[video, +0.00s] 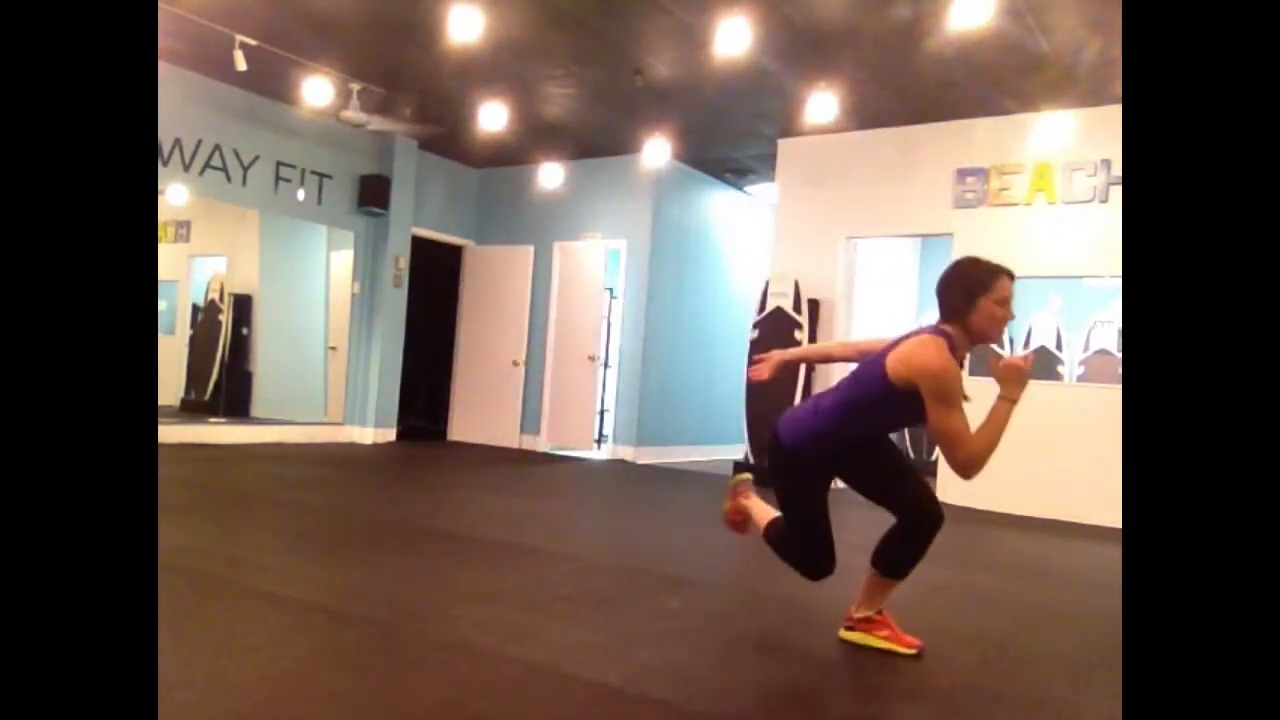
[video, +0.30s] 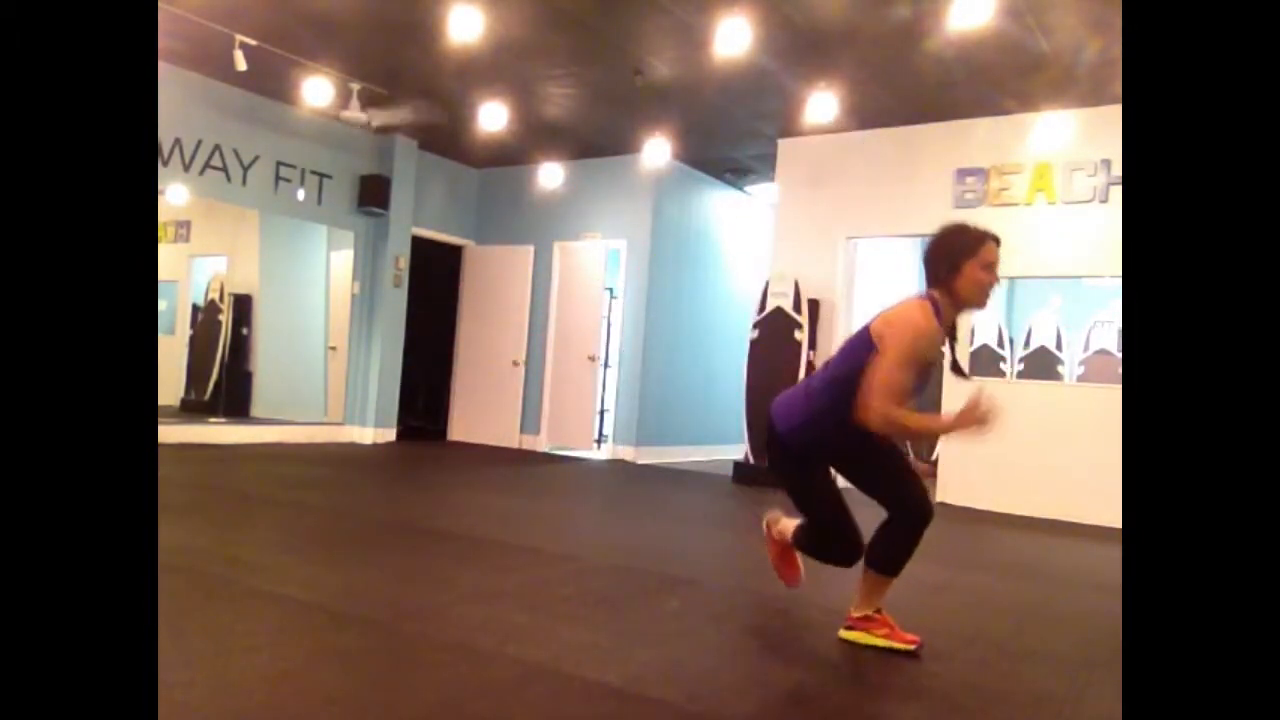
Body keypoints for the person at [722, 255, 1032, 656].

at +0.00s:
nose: (1010, 315)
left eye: (1010, 304)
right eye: (1002, 303)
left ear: (969, 306)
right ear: (968, 304)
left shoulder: (933, 341)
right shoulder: (935, 361)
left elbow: (856, 350)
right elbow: (967, 462)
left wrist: (787, 355)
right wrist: (1008, 395)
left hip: (851, 438)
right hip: (800, 444)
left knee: (923, 516)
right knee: (816, 563)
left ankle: (864, 616)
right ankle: (747, 504)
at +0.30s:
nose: (995, 278)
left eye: (995, 268)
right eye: (986, 267)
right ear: (953, 269)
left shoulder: (935, 324)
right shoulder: (915, 323)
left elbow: (883, 403)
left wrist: (903, 457)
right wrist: (952, 422)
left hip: (846, 427)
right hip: (797, 430)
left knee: (913, 510)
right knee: (844, 548)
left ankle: (864, 614)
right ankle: (780, 530)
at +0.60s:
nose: (938, 162)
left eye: (941, 150)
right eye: (929, 148)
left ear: (920, 160)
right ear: (891, 152)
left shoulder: (919, 225)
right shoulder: (838, 210)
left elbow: (1002, 279)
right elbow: (729, 235)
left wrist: (966, 240)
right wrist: (651, 281)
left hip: (805, 362)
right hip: (758, 352)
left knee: (838, 477)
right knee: (776, 458)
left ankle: (868, 607)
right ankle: (677, 583)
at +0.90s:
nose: (835, 198)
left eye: (842, 186)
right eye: (823, 182)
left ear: (844, 198)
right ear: (783, 183)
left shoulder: (815, 287)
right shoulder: (712, 244)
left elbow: (898, 366)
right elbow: (600, 264)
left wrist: (860, 301)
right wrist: (503, 305)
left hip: (678, 410)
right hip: (620, 383)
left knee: (697, 547)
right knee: (647, 518)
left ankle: (617, 528)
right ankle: (577, 687)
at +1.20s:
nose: (775, 261)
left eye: (781, 248)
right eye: (761, 243)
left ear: (780, 261)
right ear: (713, 244)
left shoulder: (763, 346)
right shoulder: (642, 306)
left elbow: (842, 462)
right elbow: (530, 342)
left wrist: (794, 391)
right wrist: (446, 407)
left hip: (611, 446)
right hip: (553, 417)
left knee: (563, 607)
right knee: (635, 517)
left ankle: (415, 592)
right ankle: (567, 691)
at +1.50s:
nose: (771, 199)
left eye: (776, 188)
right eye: (757, 183)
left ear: (777, 200)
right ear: (711, 188)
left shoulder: (762, 294)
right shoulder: (652, 262)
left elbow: (764, 402)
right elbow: (581, 374)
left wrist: (760, 379)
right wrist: (519, 475)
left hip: (632, 418)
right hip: (573, 399)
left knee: (666, 557)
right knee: (639, 528)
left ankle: (498, 615)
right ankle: (568, 690)